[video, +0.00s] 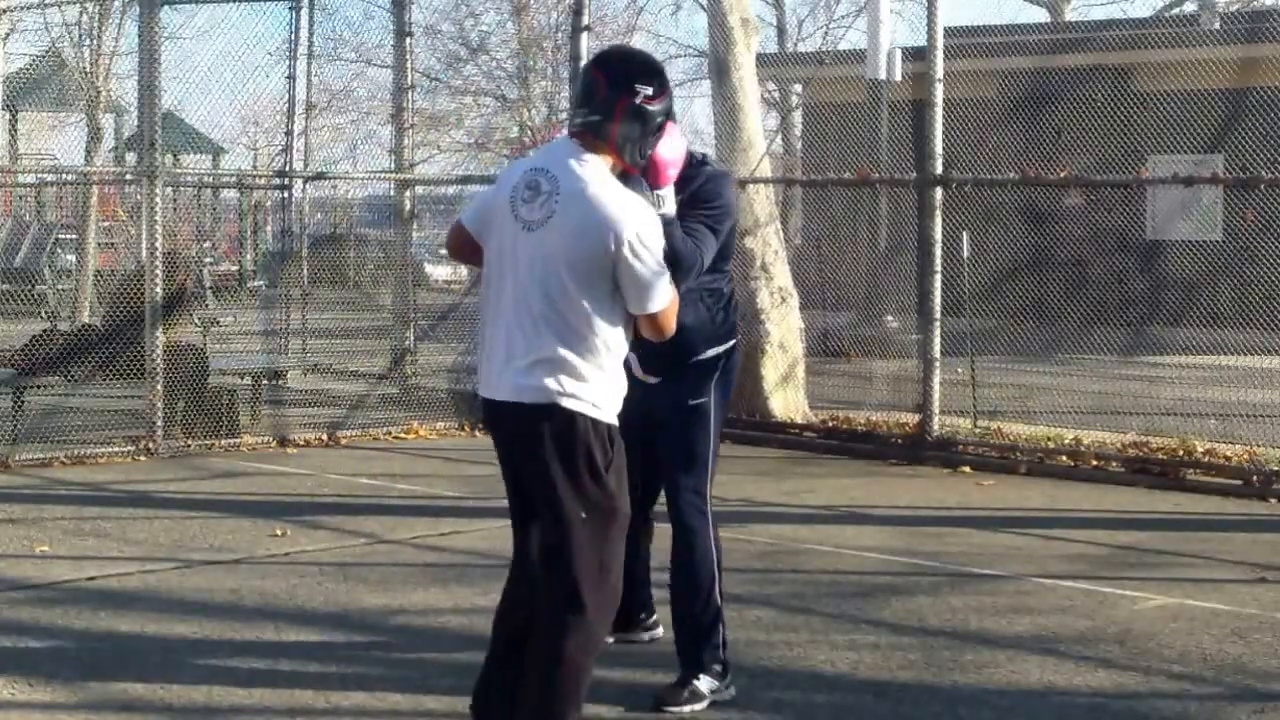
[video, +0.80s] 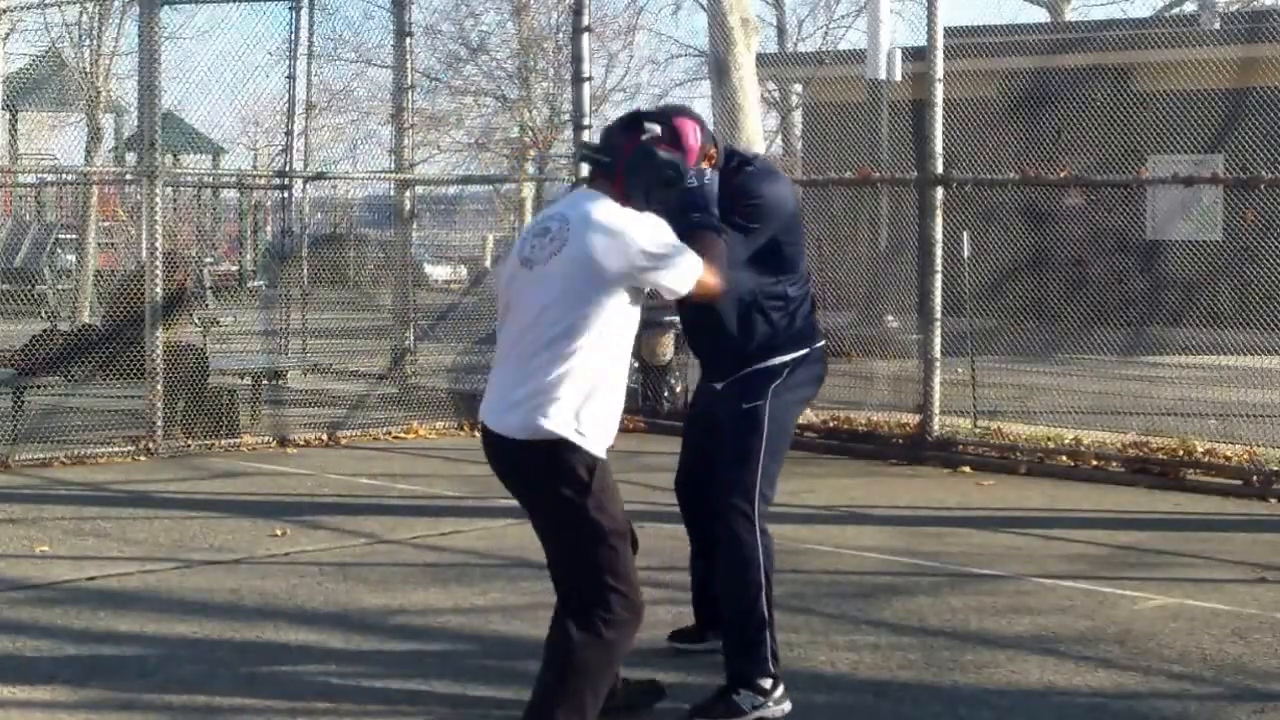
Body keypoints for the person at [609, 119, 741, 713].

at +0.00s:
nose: (640, 157)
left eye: (648, 145)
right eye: (636, 147)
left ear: (671, 137)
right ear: (629, 147)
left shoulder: (710, 183)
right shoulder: (621, 184)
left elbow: (688, 259)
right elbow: (600, 252)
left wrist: (660, 193)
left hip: (694, 363)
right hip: (629, 357)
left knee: (687, 508)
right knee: (628, 497)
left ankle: (705, 666)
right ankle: (632, 611)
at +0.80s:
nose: (666, 181)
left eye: (669, 169)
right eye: (660, 173)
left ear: (699, 154)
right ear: (689, 159)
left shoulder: (761, 186)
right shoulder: (691, 198)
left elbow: (710, 266)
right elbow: (658, 273)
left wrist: (697, 187)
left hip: (775, 365)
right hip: (724, 370)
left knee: (739, 506)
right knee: (697, 490)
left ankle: (758, 680)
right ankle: (715, 619)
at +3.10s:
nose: (931, 302)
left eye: (945, 293)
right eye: (925, 287)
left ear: (973, 279)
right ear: (910, 266)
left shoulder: (1011, 316)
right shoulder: (877, 286)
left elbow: (1003, 429)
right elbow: (810, 333)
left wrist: (937, 386)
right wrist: (800, 383)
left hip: (983, 461)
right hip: (918, 462)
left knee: (871, 542)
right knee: (940, 598)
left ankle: (802, 706)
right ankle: (1068, 658)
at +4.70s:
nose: (1265, 153)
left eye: (1269, 140)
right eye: (1263, 141)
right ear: (1261, 140)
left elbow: (1262, 272)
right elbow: (1262, 270)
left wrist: (1226, 198)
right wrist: (1228, 202)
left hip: (1278, 415)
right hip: (1276, 412)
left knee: (1216, 557)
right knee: (1217, 557)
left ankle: (1175, 704)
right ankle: (1176, 702)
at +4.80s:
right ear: (1267, 153)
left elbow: (1266, 244)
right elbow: (1267, 243)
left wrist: (1240, 163)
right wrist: (1241, 165)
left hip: (1277, 422)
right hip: (1277, 419)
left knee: (1263, 557)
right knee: (1262, 557)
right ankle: (1270, 690)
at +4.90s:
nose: (1239, 197)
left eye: (1242, 184)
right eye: (1237, 185)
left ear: (1260, 181)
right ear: (1259, 180)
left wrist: (1254, 184)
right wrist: (1255, 186)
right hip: (1279, 457)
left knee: (1262, 552)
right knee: (1258, 548)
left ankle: (1274, 696)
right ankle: (1272, 695)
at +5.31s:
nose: (1220, 169)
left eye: (1222, 154)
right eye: (1217, 158)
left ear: (1251, 143)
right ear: (1264, 140)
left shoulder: (1264, 200)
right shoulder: (1262, 199)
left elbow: (1214, 302)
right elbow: (1218, 301)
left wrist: (1174, 219)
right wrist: (1178, 221)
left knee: (1267, 613)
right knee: (1266, 611)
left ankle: (1263, 701)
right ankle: (1262, 697)